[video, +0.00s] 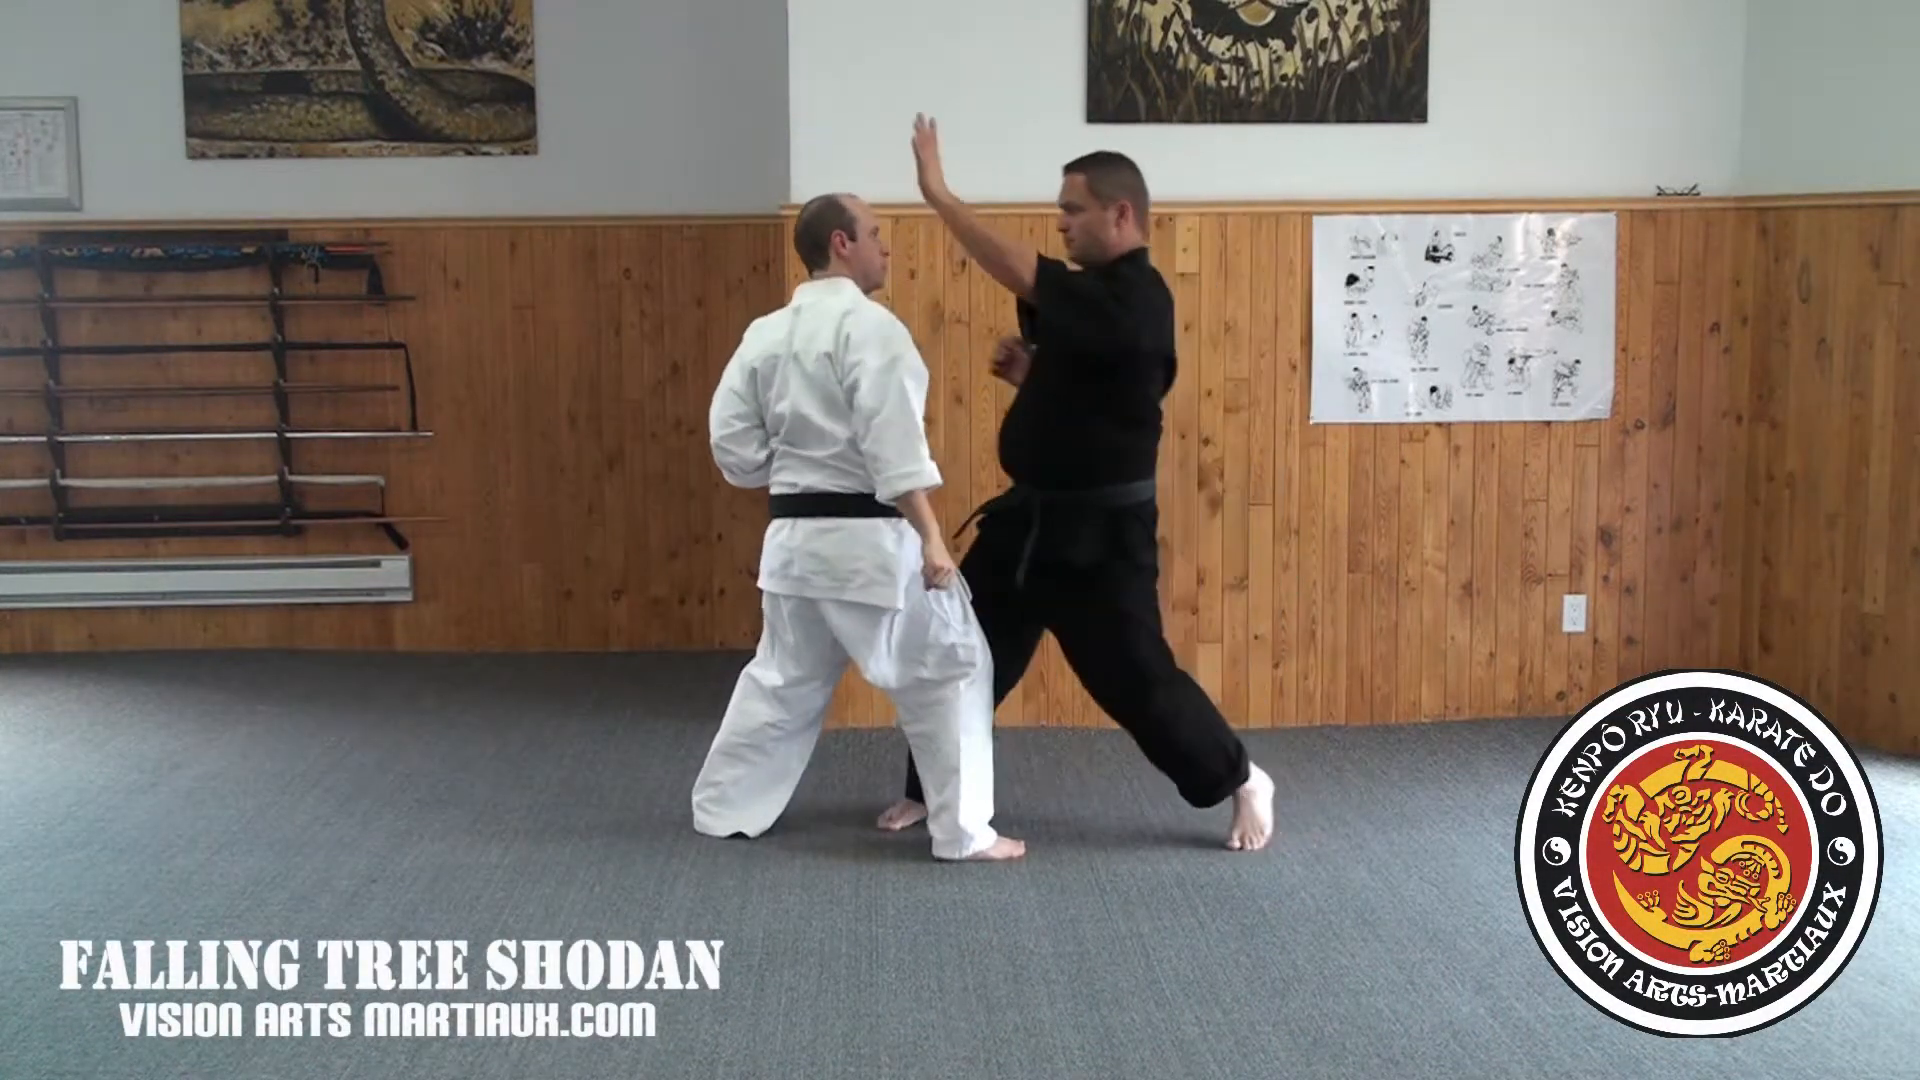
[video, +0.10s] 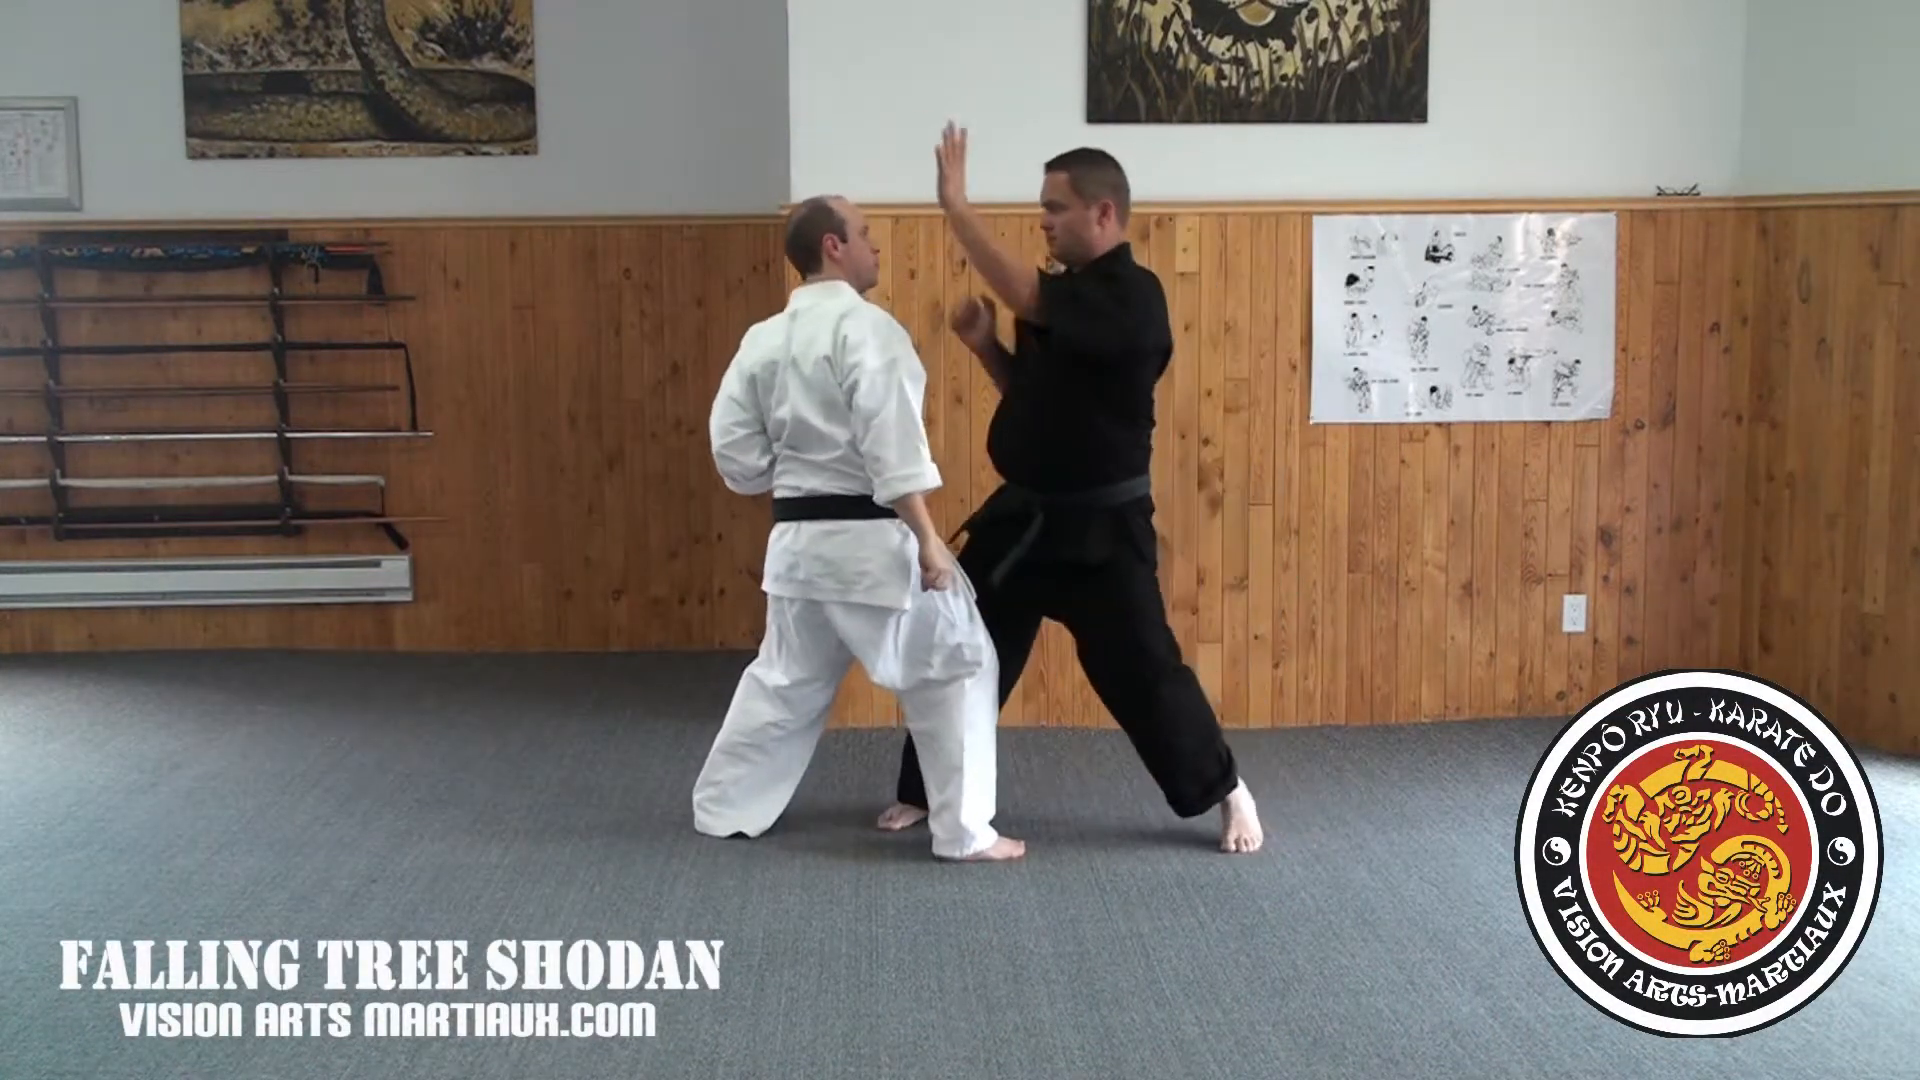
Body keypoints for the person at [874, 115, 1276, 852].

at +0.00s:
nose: (1061, 224)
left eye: (1073, 210)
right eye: (1061, 211)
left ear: (1123, 215)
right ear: (1105, 216)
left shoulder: (1135, 295)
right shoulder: (1089, 292)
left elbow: (1023, 275)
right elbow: (1104, 387)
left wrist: (939, 197)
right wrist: (1032, 370)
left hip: (1101, 515)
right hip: (1033, 508)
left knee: (1132, 670)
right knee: (961, 653)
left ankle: (1241, 781)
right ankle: (932, 794)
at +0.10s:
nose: (1043, 220)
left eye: (1055, 207)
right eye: (1043, 207)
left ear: (1104, 214)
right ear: (1088, 215)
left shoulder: (1131, 293)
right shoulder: (1060, 291)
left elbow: (1025, 293)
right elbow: (1036, 395)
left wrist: (955, 206)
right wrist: (989, 347)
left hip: (1102, 515)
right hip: (1023, 508)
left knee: (1142, 664)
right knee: (957, 648)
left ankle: (1227, 790)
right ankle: (922, 795)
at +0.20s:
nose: (1036, 216)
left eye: (1050, 205)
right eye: (1038, 204)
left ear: (1099, 210)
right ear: (1076, 210)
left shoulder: (1136, 290)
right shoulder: (1033, 286)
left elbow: (1044, 349)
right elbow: (947, 353)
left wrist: (978, 277)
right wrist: (959, 276)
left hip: (1107, 513)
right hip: (1021, 508)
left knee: (1157, 662)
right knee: (963, 653)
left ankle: (1236, 797)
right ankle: (923, 795)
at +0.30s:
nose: (1035, 213)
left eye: (1048, 205)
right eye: (1036, 201)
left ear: (1095, 215)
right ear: (1039, 201)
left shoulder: (1133, 286)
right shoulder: (1014, 268)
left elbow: (1071, 376)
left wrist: (1004, 330)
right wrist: (994, 186)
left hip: (1116, 509)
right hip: (1027, 504)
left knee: (1165, 659)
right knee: (970, 650)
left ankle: (1236, 801)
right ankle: (924, 794)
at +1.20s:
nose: (993, 253)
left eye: (1006, 242)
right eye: (992, 240)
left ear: (1055, 244)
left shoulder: (1107, 311)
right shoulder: (984, 316)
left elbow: (1075, 405)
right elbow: (877, 339)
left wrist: (990, 376)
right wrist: (914, 276)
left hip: (1109, 536)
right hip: (1014, 535)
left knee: (1165, 679)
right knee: (942, 661)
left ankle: (1245, 803)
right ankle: (913, 790)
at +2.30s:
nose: (1037, 230)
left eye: (1047, 217)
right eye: (1035, 218)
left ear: (1096, 219)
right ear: (1085, 221)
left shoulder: (1140, 294)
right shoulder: (1055, 296)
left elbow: (1067, 383)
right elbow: (975, 359)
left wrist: (1006, 315)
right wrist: (890, 383)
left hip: (1135, 517)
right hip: (1055, 514)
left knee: (1170, 665)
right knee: (994, 654)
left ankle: (1254, 792)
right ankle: (963, 787)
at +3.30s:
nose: (1049, 242)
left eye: (1062, 228)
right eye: (1046, 229)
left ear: (1110, 229)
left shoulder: (1174, 308)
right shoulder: (1033, 307)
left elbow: (1173, 417)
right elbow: (922, 321)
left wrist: (1074, 384)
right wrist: (830, 317)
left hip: (1142, 530)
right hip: (1043, 526)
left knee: (1197, 669)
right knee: (973, 653)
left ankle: (1257, 796)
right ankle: (946, 785)